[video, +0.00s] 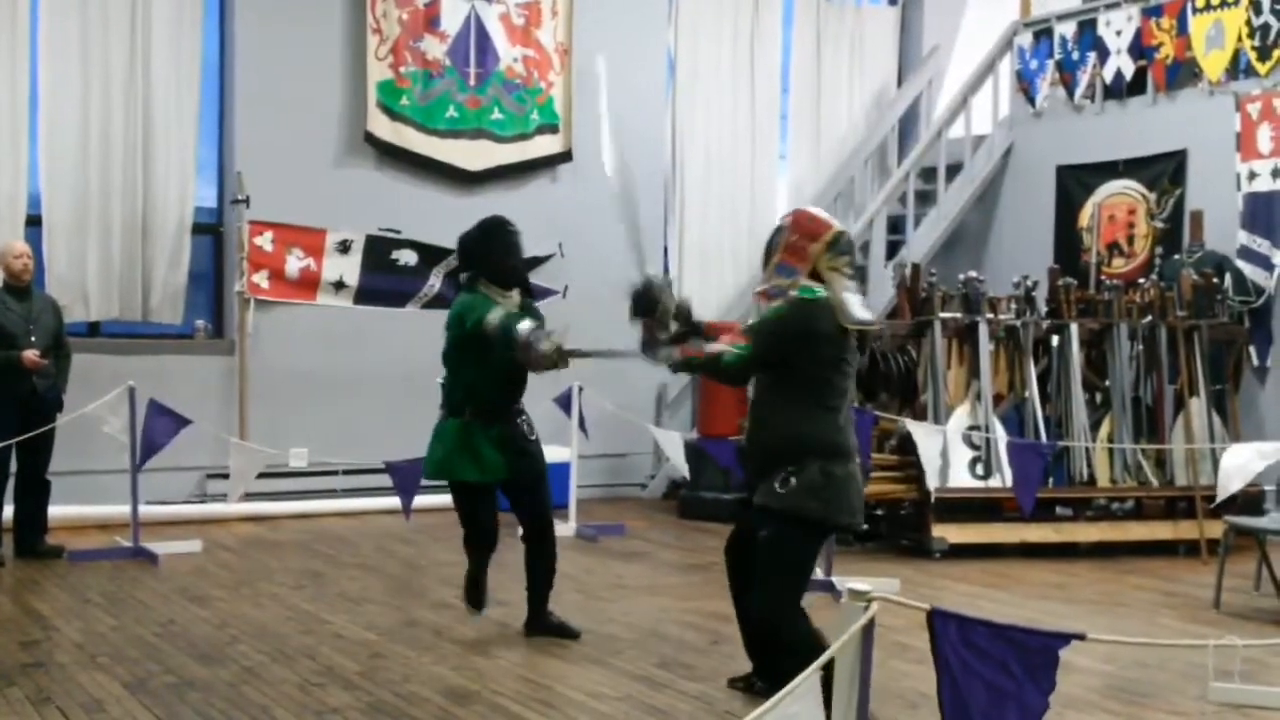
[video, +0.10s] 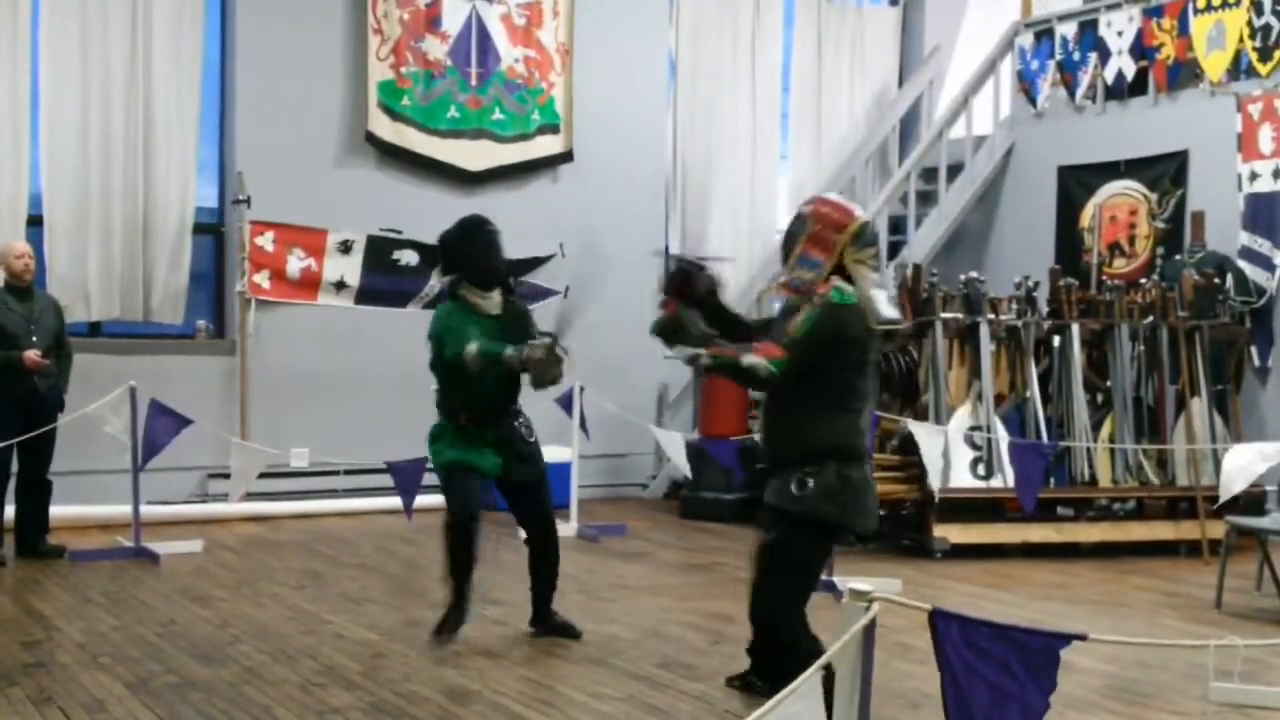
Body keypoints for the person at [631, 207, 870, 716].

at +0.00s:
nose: (776, 257)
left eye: (783, 248)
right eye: (779, 248)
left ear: (800, 253)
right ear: (817, 255)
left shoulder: (807, 312)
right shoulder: (812, 308)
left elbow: (738, 367)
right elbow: (751, 347)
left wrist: (679, 358)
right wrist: (697, 334)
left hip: (808, 480)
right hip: (796, 474)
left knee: (770, 587)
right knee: (741, 554)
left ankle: (820, 681)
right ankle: (771, 670)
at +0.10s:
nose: (791, 254)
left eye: (800, 244)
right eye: (792, 244)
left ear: (823, 248)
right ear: (827, 249)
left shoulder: (836, 306)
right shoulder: (817, 301)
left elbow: (772, 370)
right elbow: (754, 337)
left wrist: (703, 350)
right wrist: (705, 301)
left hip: (824, 477)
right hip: (805, 471)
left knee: (779, 593)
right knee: (775, 581)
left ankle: (806, 689)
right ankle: (769, 672)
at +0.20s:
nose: (801, 244)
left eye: (811, 233)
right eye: (805, 232)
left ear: (831, 241)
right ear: (851, 242)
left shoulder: (840, 308)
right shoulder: (857, 305)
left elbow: (784, 372)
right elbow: (805, 367)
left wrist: (723, 353)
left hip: (841, 486)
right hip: (855, 482)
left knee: (776, 602)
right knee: (802, 594)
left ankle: (811, 696)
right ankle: (808, 685)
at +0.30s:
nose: (810, 254)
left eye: (818, 242)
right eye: (813, 241)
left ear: (838, 248)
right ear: (871, 246)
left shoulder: (851, 316)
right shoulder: (893, 308)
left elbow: (794, 390)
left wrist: (751, 376)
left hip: (865, 492)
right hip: (902, 486)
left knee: (787, 601)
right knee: (833, 591)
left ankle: (831, 706)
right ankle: (884, 696)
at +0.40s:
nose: (841, 247)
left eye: (849, 235)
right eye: (843, 234)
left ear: (869, 240)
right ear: (904, 239)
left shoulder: (874, 311)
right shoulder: (930, 306)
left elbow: (831, 390)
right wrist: (807, 347)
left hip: (894, 498)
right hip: (941, 493)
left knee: (808, 595)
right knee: (879, 592)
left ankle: (832, 707)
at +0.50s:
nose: (875, 254)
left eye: (884, 241)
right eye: (878, 240)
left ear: (907, 247)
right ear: (946, 243)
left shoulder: (909, 312)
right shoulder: (975, 306)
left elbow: (858, 385)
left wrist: (817, 404)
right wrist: (842, 380)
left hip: (929, 505)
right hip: (984, 502)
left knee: (830, 591)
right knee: (947, 615)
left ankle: (837, 708)